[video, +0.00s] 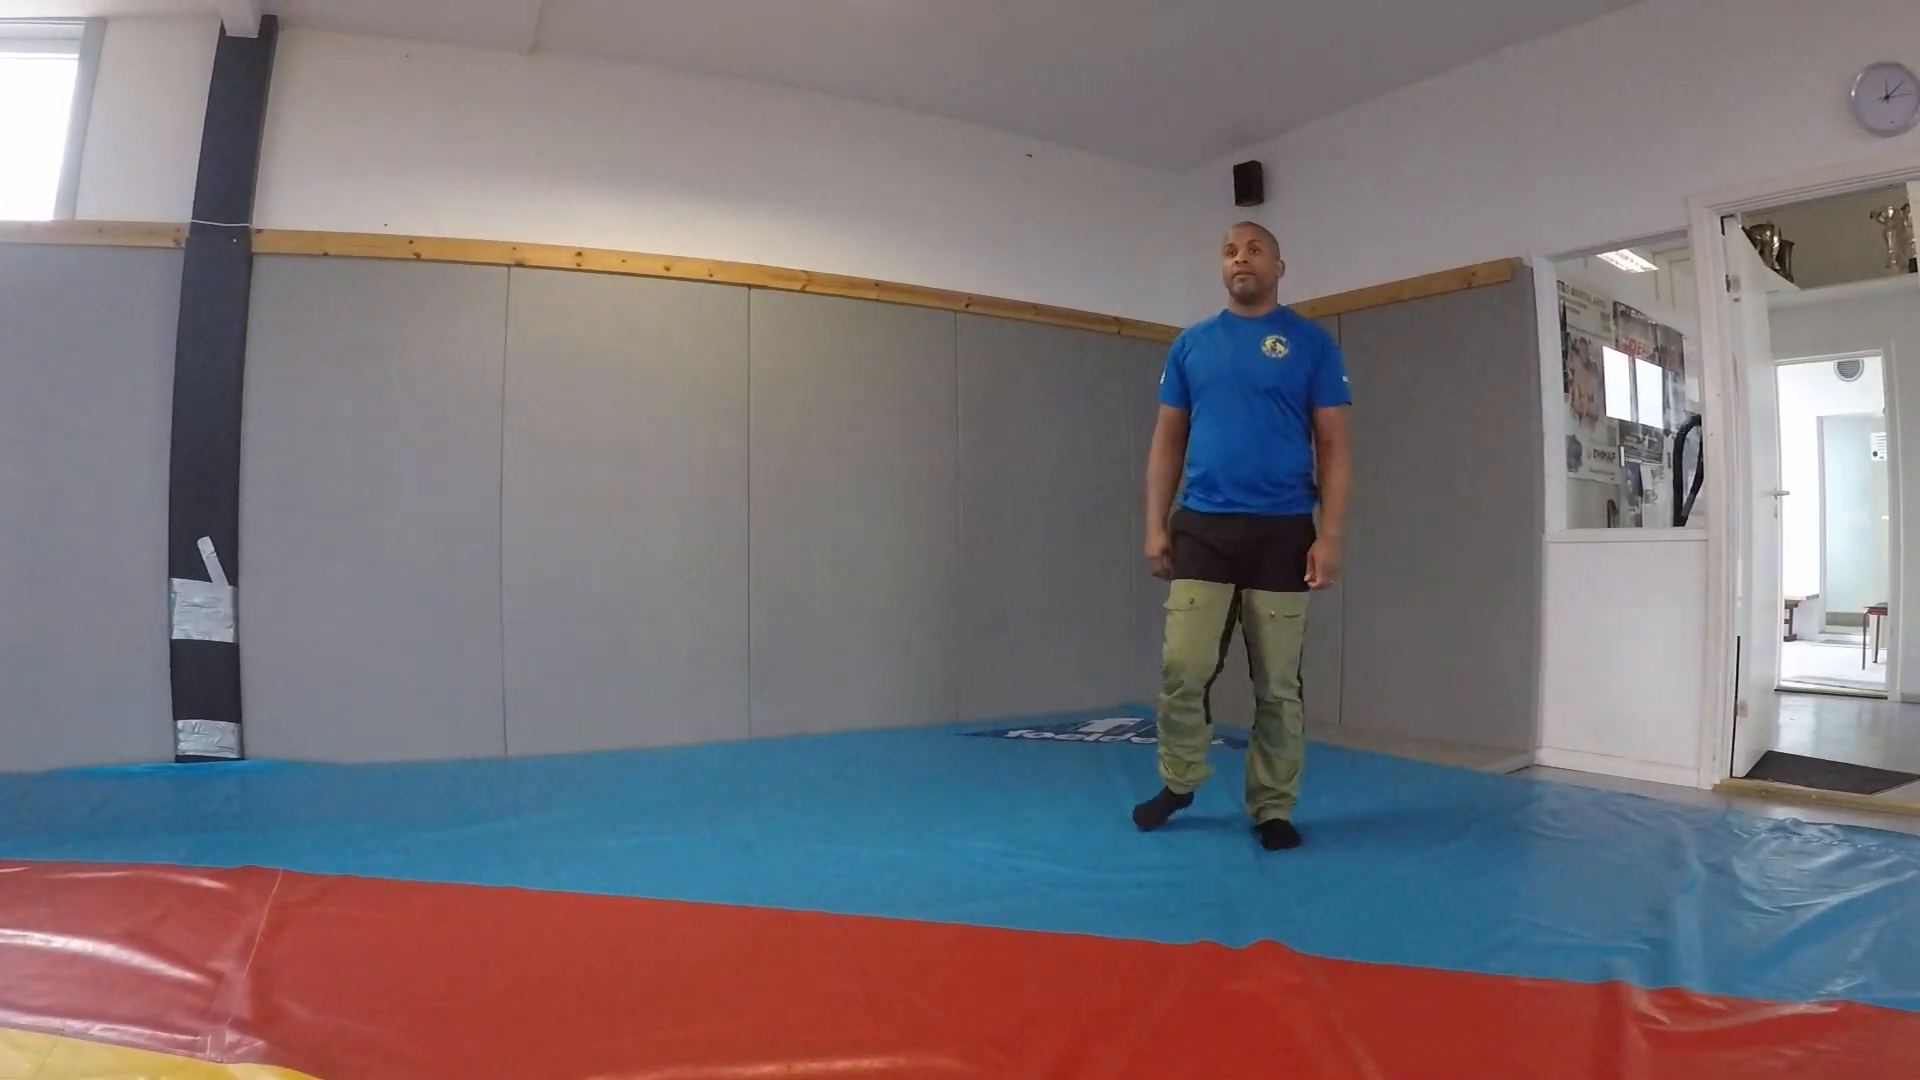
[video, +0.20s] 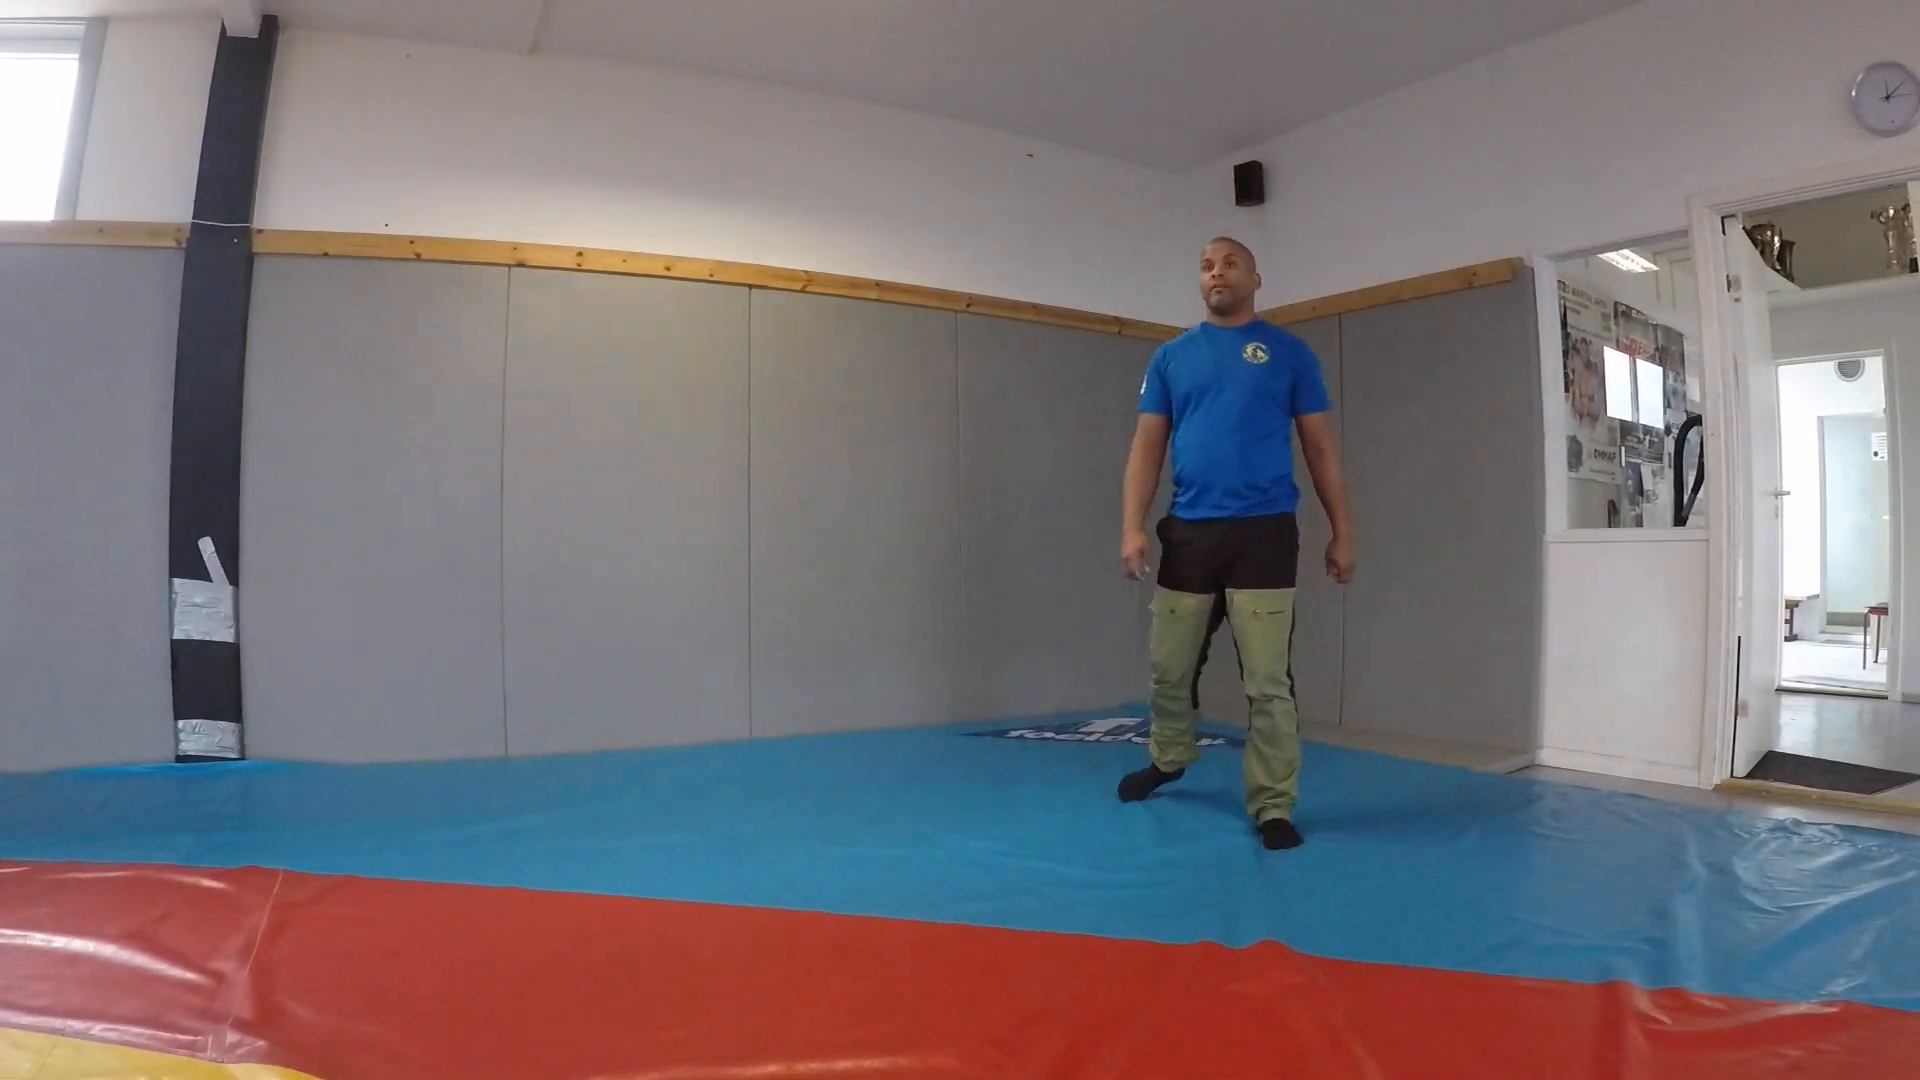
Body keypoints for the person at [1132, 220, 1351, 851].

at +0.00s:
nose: (1241, 259)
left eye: (1254, 250)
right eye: (1231, 251)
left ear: (1279, 267)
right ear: (1220, 268)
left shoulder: (1313, 344)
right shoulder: (1191, 344)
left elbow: (1333, 445)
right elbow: (1167, 439)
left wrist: (1330, 535)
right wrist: (1155, 524)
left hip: (1282, 531)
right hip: (1200, 528)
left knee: (1278, 684)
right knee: (1182, 666)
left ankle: (1273, 809)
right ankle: (1178, 784)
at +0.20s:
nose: (1216, 274)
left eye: (1229, 264)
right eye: (1207, 267)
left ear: (1257, 279)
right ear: (1199, 284)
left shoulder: (1290, 354)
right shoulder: (1171, 357)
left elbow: (1320, 448)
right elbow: (1147, 447)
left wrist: (1341, 532)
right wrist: (1133, 527)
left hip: (1264, 532)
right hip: (1188, 533)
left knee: (1267, 682)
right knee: (1169, 665)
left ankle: (1273, 808)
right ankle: (1169, 758)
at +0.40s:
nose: (1172, 287)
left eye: (1184, 277)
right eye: (1163, 281)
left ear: (1211, 293)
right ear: (1157, 299)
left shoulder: (1247, 360)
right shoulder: (1137, 374)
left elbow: (1289, 447)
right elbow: (1120, 454)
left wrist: (1320, 525)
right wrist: (1112, 520)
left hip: (1235, 534)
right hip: (1163, 536)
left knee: (1246, 676)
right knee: (1163, 669)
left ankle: (1271, 805)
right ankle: (1168, 772)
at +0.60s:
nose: (1137, 299)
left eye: (1146, 287)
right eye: (1129, 293)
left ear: (1176, 294)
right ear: (1127, 307)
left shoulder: (1220, 356)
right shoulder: (1120, 380)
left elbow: (1250, 439)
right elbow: (1106, 462)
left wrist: (1243, 515)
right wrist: (1094, 528)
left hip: (1214, 531)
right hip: (1150, 536)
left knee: (1238, 663)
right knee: (1160, 666)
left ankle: (1265, 789)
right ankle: (1167, 773)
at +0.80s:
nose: (1128, 304)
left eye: (1138, 292)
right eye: (1121, 298)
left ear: (1167, 299)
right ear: (1118, 312)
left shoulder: (1206, 354)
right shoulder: (1117, 385)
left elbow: (1240, 433)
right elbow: (1105, 470)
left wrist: (1189, 482)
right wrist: (1086, 545)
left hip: (1206, 528)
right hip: (1144, 534)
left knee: (1223, 665)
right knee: (1157, 666)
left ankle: (1252, 785)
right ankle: (1167, 773)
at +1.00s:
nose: (1126, 307)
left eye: (1136, 296)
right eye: (1120, 301)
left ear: (1167, 302)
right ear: (1120, 315)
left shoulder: (1198, 355)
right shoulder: (1121, 384)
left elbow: (1234, 430)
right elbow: (1114, 470)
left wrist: (1174, 477)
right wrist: (1095, 542)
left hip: (1196, 528)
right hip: (1138, 535)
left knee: (1214, 663)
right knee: (1154, 665)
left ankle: (1252, 786)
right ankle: (1168, 773)